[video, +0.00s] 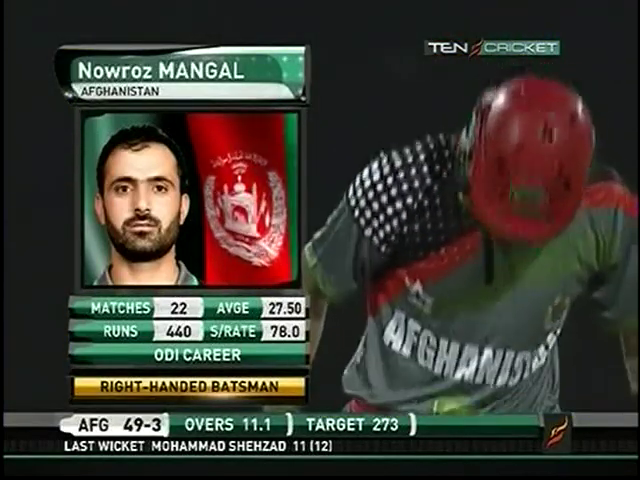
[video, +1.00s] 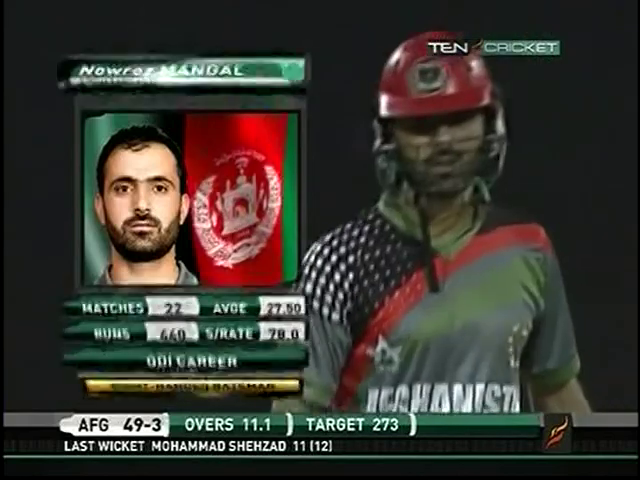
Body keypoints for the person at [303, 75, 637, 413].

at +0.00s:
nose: (518, 234)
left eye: (536, 221)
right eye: (505, 215)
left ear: (575, 183)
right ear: (473, 163)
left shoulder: (607, 214)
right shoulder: (398, 189)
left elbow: (634, 338)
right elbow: (312, 291)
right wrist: (278, 412)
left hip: (524, 438)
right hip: (390, 434)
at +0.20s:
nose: (533, 119)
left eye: (548, 101)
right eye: (516, 100)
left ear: (573, 92)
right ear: (473, 82)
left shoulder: (595, 193)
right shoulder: (393, 171)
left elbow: (628, 335)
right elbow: (309, 292)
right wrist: (274, 418)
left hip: (521, 447)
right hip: (387, 440)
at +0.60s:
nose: (492, 101)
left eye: (510, 82)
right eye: (470, 84)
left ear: (536, 98)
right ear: (433, 99)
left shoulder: (563, 237)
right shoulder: (369, 221)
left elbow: (588, 385)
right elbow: (295, 362)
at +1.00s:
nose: (443, 140)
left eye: (460, 120)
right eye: (420, 124)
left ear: (489, 126)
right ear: (388, 135)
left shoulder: (527, 248)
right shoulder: (336, 262)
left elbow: (557, 389)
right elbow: (301, 416)